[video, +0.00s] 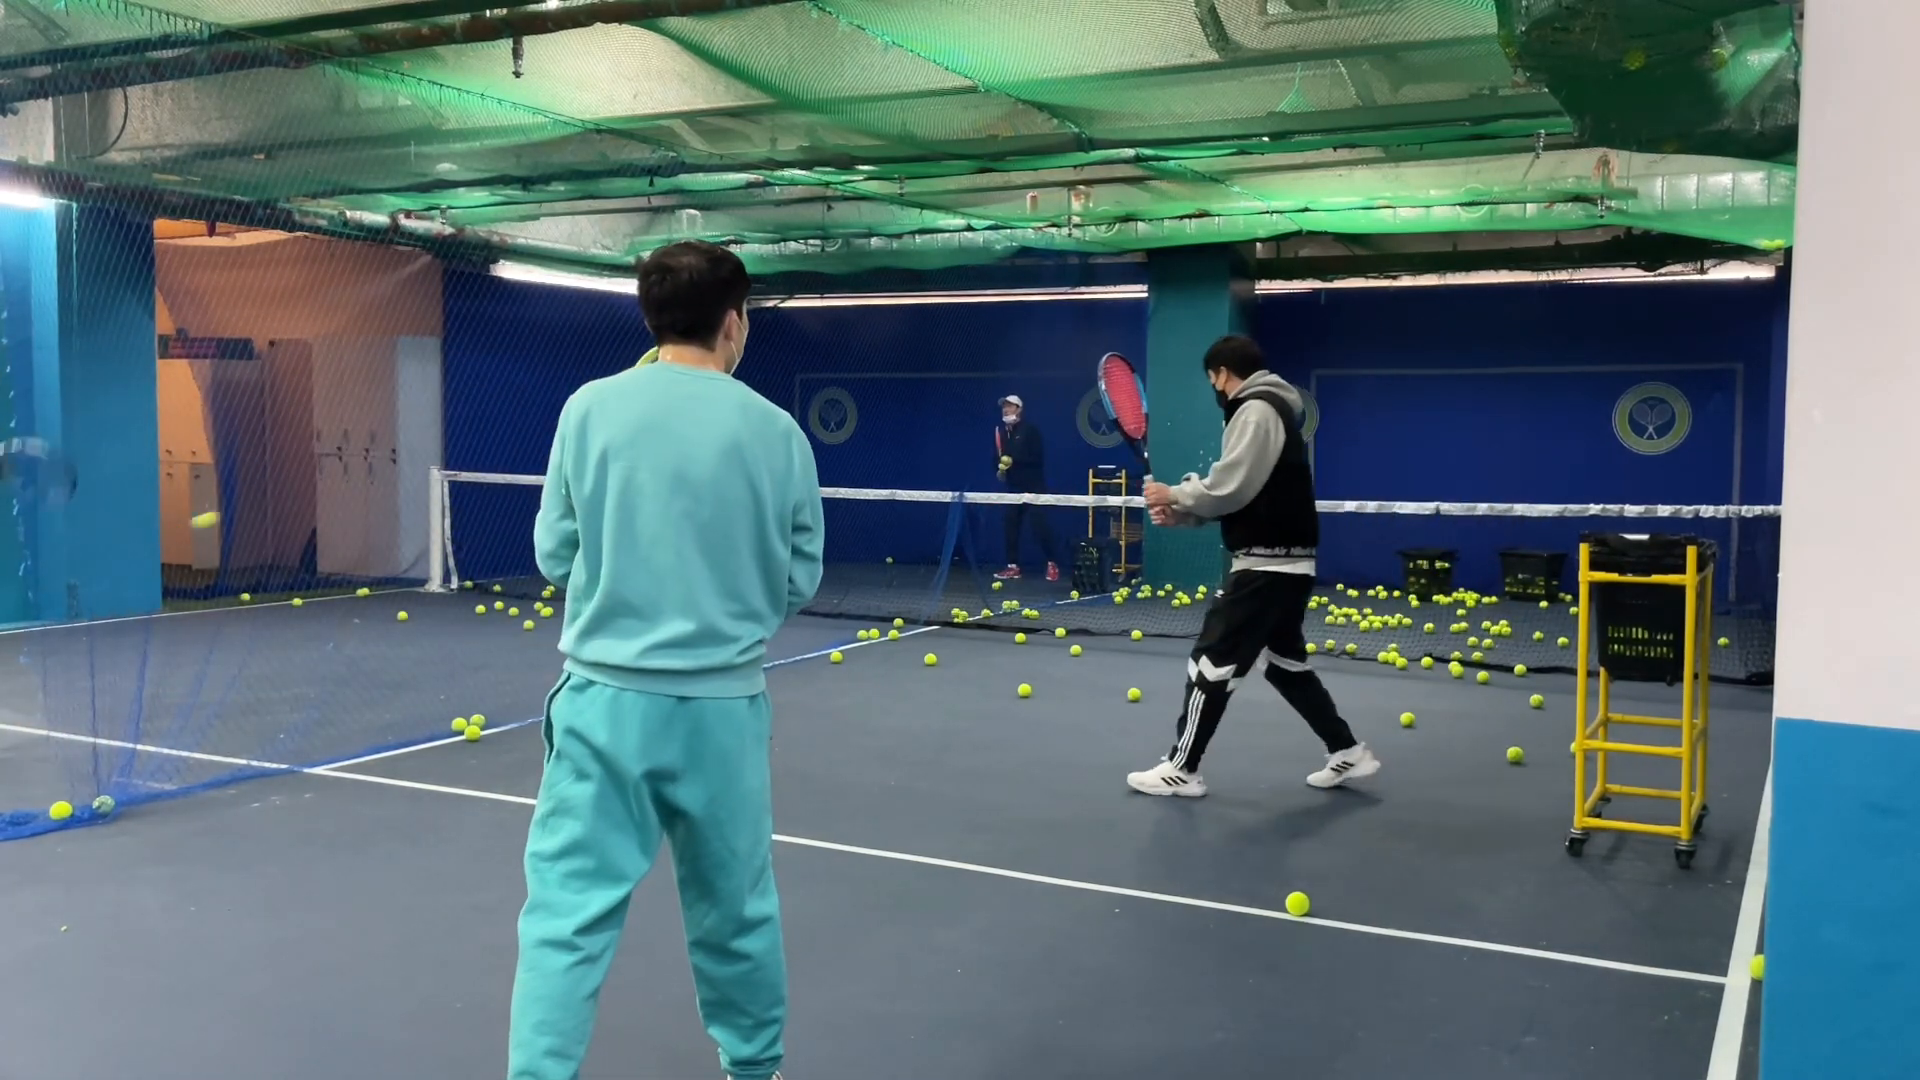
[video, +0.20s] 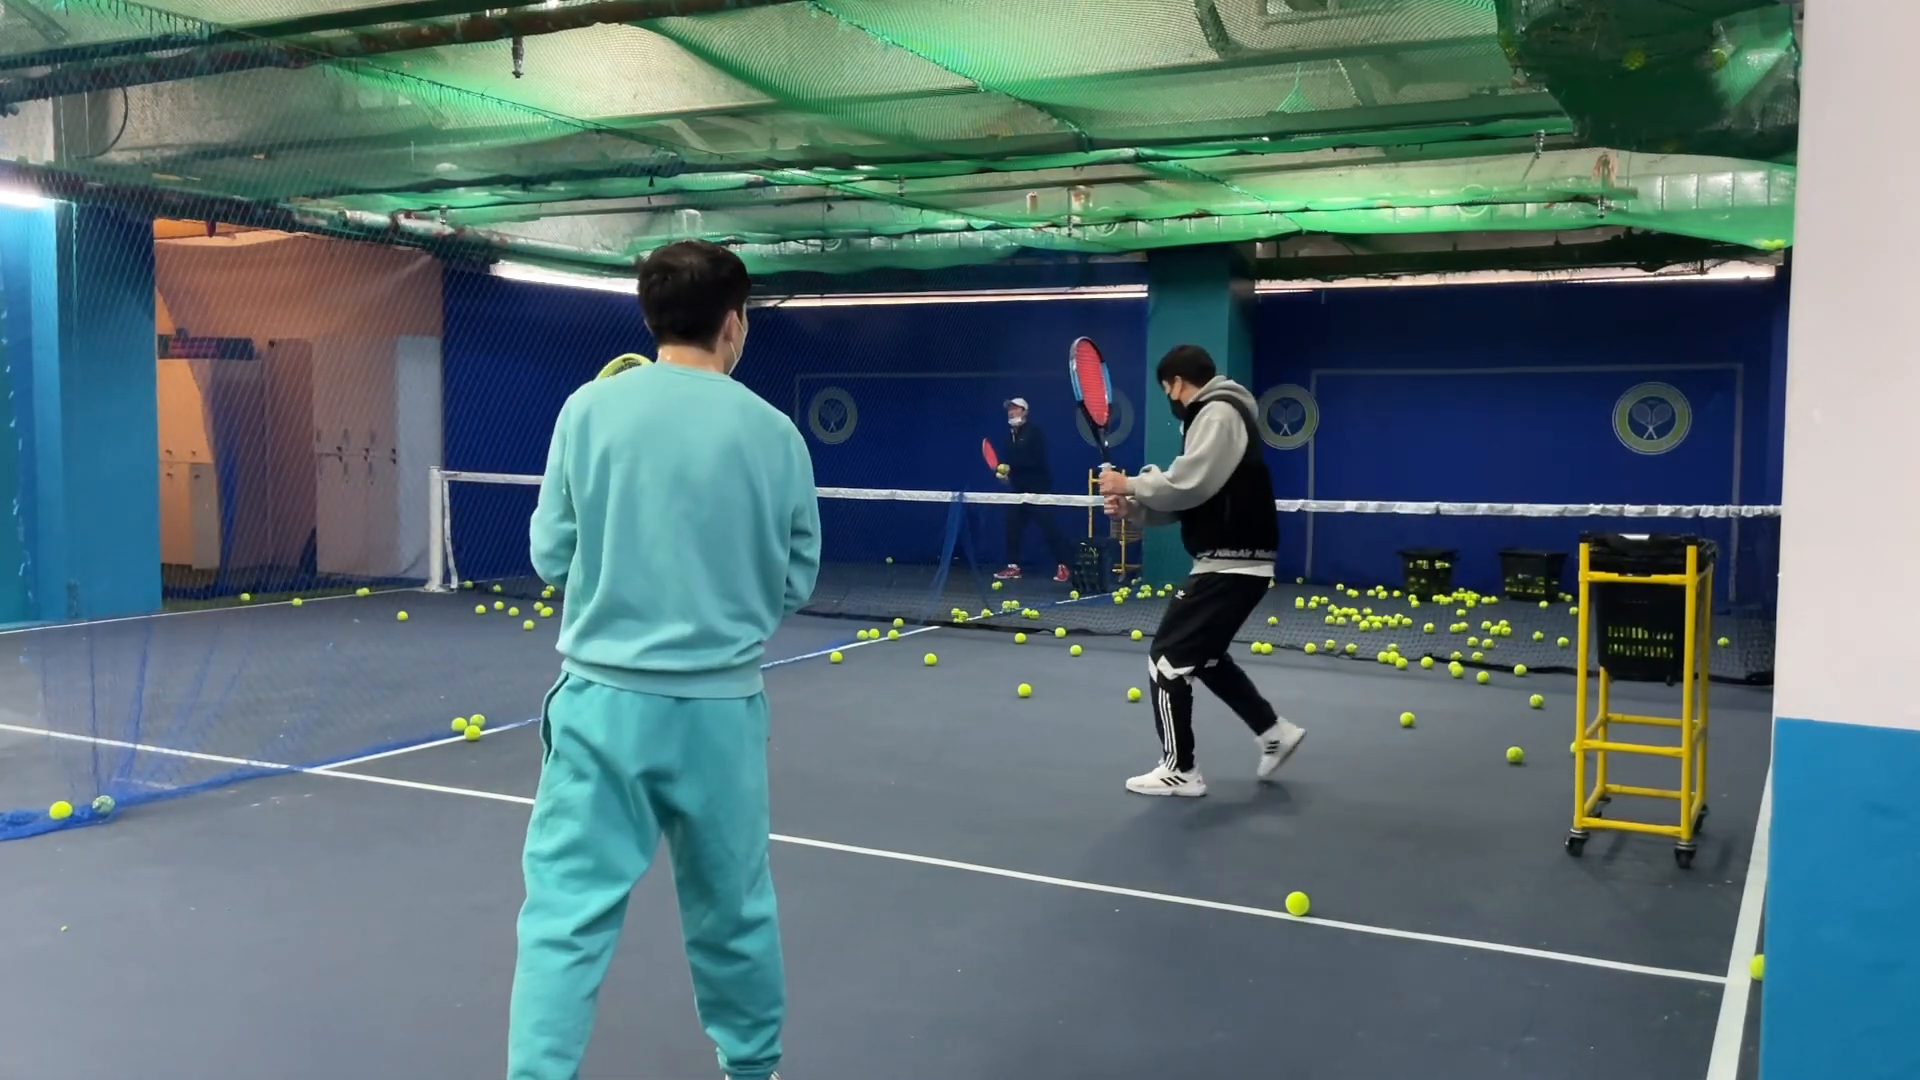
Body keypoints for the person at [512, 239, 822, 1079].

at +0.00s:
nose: (748, 328)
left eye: (744, 314)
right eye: (746, 314)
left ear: (650, 321)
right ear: (730, 321)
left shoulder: (590, 410)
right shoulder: (776, 431)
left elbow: (555, 549)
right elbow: (800, 573)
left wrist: (632, 586)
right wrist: (725, 611)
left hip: (603, 708)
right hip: (724, 713)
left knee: (566, 914)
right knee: (736, 909)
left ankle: (537, 1070)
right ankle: (753, 1064)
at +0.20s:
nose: (746, 328)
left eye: (743, 315)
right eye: (745, 315)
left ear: (650, 323)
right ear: (731, 323)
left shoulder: (589, 412)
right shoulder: (774, 433)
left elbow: (551, 550)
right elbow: (796, 575)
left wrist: (627, 582)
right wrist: (721, 610)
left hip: (602, 708)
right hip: (723, 713)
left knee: (565, 916)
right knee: (734, 911)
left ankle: (538, 1070)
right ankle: (750, 1065)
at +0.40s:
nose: (743, 327)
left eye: (740, 315)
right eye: (742, 315)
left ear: (647, 323)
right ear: (730, 323)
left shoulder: (589, 413)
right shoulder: (772, 432)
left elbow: (552, 554)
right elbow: (794, 575)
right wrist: (719, 600)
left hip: (604, 708)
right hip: (723, 712)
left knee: (567, 915)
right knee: (733, 909)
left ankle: (539, 1070)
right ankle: (751, 1065)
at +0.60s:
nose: (739, 327)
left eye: (736, 315)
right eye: (739, 315)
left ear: (643, 323)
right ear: (727, 322)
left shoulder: (590, 412)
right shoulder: (769, 431)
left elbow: (557, 556)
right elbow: (790, 574)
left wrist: (633, 556)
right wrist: (718, 596)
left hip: (608, 708)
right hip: (725, 712)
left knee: (571, 916)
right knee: (733, 909)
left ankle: (544, 1071)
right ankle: (751, 1065)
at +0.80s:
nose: (735, 328)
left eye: (732, 317)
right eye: (734, 316)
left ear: (639, 325)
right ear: (723, 322)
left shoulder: (591, 412)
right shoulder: (768, 431)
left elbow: (561, 558)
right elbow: (785, 571)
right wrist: (719, 593)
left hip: (610, 708)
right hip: (725, 711)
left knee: (573, 914)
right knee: (732, 905)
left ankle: (546, 1072)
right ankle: (751, 1065)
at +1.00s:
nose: (736, 327)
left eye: (730, 314)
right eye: (734, 315)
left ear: (641, 324)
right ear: (722, 321)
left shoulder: (600, 406)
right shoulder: (762, 428)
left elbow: (557, 550)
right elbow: (756, 557)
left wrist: (515, 544)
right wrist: (594, 571)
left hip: (612, 707)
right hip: (726, 711)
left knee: (576, 920)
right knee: (733, 909)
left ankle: (549, 1071)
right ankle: (752, 1065)